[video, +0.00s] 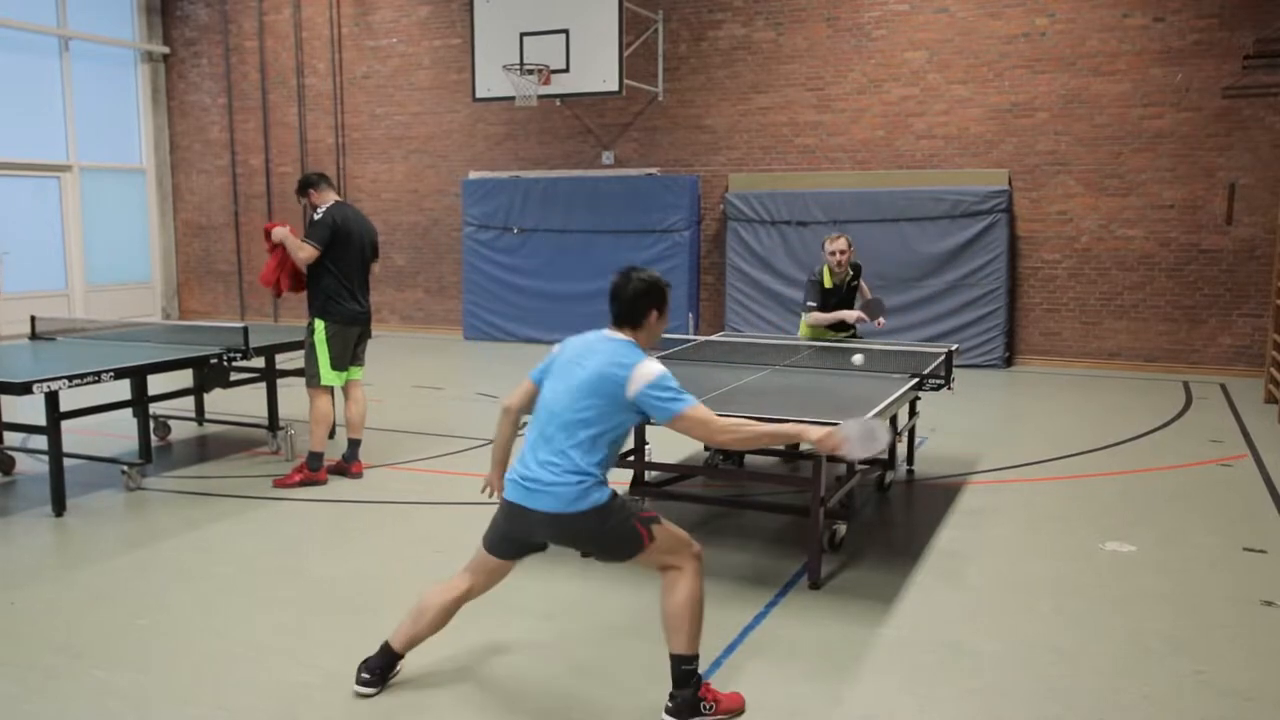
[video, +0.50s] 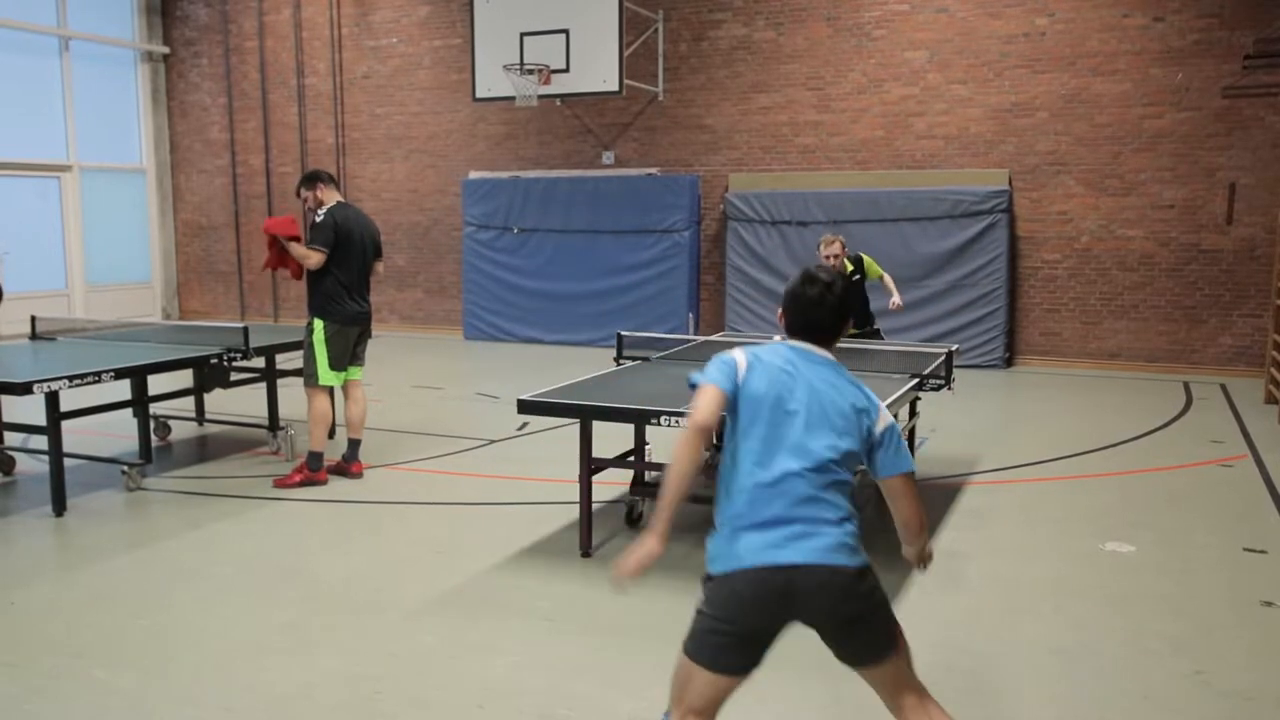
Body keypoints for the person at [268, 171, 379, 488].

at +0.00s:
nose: (309, 207)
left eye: (306, 203)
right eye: (307, 203)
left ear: (313, 195)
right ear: (332, 190)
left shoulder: (326, 217)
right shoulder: (364, 221)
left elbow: (305, 257)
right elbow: (370, 265)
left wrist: (286, 236)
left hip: (328, 317)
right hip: (359, 316)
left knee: (319, 390)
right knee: (354, 385)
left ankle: (314, 466)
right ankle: (352, 460)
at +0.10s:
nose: (309, 206)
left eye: (307, 201)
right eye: (307, 202)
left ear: (315, 193)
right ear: (334, 190)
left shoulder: (326, 216)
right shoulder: (365, 222)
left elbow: (306, 255)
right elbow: (373, 267)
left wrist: (283, 240)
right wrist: (336, 258)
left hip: (329, 317)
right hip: (359, 316)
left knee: (319, 390)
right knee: (353, 385)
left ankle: (314, 466)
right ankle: (351, 460)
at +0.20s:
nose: (309, 206)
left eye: (308, 201)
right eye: (307, 202)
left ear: (317, 192)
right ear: (334, 189)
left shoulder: (327, 217)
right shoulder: (366, 222)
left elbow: (307, 255)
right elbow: (374, 268)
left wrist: (277, 238)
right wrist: (334, 258)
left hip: (329, 317)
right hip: (359, 316)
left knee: (318, 390)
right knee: (353, 385)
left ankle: (314, 466)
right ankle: (351, 460)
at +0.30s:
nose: (308, 205)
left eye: (308, 200)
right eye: (306, 201)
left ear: (320, 190)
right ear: (333, 188)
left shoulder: (326, 217)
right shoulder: (366, 222)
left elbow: (310, 257)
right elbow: (375, 269)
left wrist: (272, 242)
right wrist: (336, 262)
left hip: (329, 317)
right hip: (359, 315)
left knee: (318, 389)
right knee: (353, 385)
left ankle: (314, 466)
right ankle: (351, 460)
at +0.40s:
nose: (309, 205)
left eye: (308, 199)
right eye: (306, 200)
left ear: (320, 188)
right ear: (333, 187)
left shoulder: (327, 217)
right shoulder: (366, 221)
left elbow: (312, 258)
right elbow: (375, 268)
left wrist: (274, 246)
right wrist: (338, 262)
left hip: (329, 317)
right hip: (359, 315)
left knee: (318, 389)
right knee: (353, 385)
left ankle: (314, 466)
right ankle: (351, 460)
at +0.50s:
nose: (307, 206)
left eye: (306, 200)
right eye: (304, 201)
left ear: (319, 190)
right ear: (332, 188)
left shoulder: (327, 218)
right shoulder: (366, 222)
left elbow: (314, 260)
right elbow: (376, 267)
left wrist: (286, 243)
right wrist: (332, 259)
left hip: (328, 317)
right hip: (360, 315)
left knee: (318, 389)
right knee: (353, 384)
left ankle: (314, 466)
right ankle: (351, 460)